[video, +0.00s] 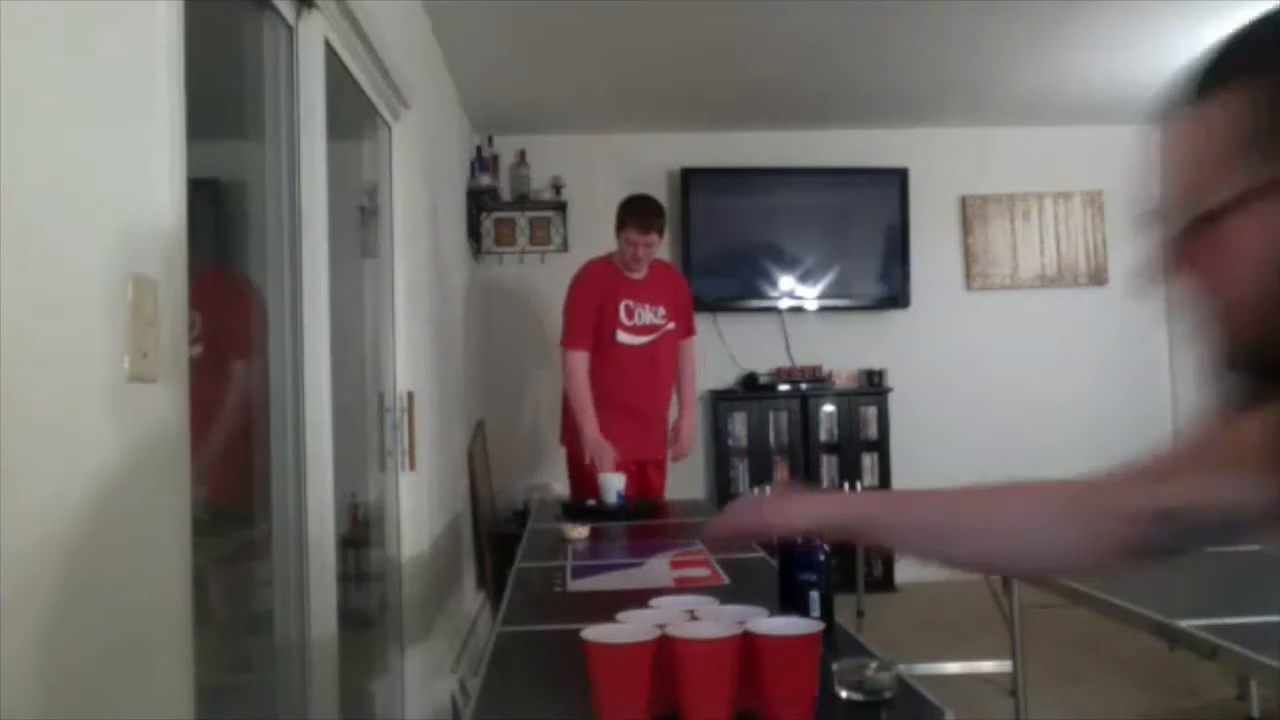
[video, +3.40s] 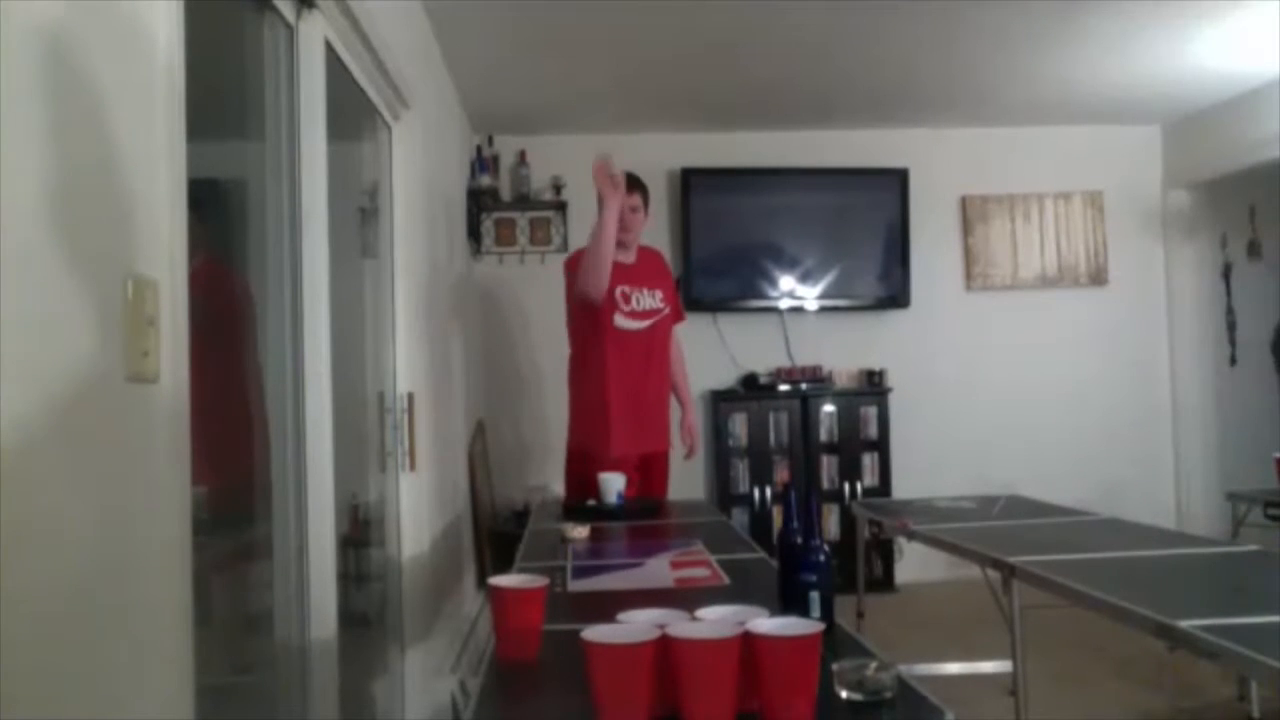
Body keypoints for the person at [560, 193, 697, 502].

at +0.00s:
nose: (640, 254)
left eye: (648, 245)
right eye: (631, 244)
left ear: (660, 241)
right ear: (618, 237)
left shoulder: (672, 281)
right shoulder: (592, 279)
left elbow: (685, 349)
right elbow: (575, 361)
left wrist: (685, 419)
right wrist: (591, 436)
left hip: (650, 439)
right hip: (600, 440)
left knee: (649, 540)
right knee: (603, 544)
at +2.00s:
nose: (624, 233)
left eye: (632, 224)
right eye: (614, 224)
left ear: (643, 227)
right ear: (600, 227)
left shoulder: (658, 274)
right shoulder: (576, 280)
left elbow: (668, 348)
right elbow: (555, 366)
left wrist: (682, 415)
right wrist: (592, 437)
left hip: (653, 447)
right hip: (594, 451)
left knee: (656, 547)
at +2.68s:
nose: (624, 229)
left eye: (632, 220)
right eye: (614, 220)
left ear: (643, 225)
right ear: (599, 224)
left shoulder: (657, 272)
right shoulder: (576, 278)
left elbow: (668, 348)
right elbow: (566, 362)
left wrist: (681, 412)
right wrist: (603, 377)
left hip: (648, 439)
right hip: (593, 443)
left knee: (648, 541)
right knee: (594, 542)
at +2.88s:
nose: (623, 229)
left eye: (632, 220)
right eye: (614, 220)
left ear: (644, 225)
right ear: (599, 224)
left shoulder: (655, 271)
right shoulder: (577, 277)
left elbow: (667, 346)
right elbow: (570, 351)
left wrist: (680, 412)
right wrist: (606, 326)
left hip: (646, 433)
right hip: (593, 436)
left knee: (648, 540)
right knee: (594, 541)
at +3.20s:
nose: (623, 228)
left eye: (632, 218)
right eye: (614, 219)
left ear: (644, 224)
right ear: (600, 223)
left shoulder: (655, 270)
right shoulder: (580, 273)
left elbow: (668, 346)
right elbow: (582, 332)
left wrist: (682, 410)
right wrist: (609, 265)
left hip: (647, 436)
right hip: (594, 437)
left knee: (648, 543)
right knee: (594, 548)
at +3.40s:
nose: (625, 219)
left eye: (633, 210)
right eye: (618, 211)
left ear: (646, 217)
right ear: (605, 216)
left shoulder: (655, 263)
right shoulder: (584, 263)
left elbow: (670, 341)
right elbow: (594, 290)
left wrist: (687, 407)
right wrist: (609, 206)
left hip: (650, 434)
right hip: (598, 435)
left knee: (650, 544)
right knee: (595, 545)